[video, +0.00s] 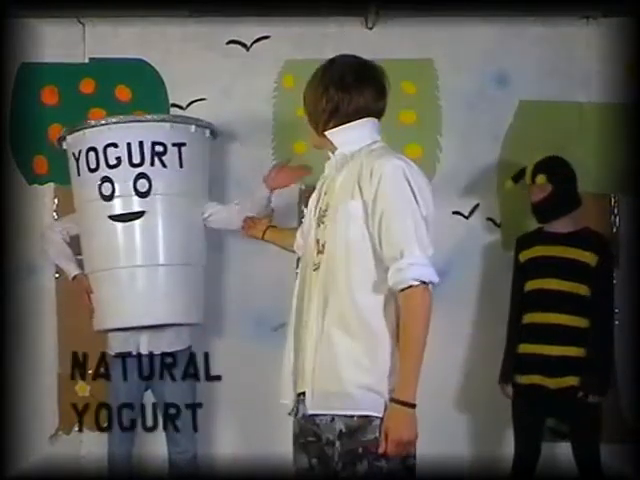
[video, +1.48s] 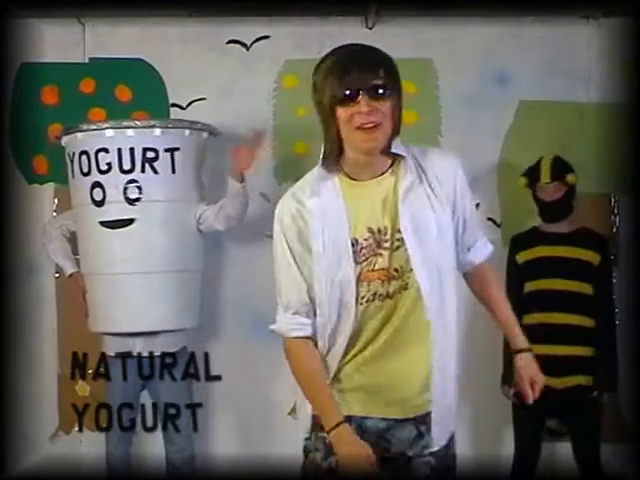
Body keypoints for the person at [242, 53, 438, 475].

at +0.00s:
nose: (306, 116)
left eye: (310, 104)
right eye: (307, 105)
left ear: (326, 106)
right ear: (368, 105)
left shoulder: (389, 171)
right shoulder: (333, 178)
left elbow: (415, 287)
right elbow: (321, 247)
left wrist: (404, 401)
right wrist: (263, 231)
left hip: (367, 414)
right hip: (313, 409)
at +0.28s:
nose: (307, 118)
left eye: (311, 106)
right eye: (308, 106)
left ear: (328, 107)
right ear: (367, 107)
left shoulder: (390, 173)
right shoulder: (332, 180)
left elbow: (418, 288)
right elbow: (317, 247)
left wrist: (406, 402)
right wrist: (258, 232)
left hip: (367, 411)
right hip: (311, 405)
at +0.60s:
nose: (292, 102)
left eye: (303, 89)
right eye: (291, 92)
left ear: (340, 95)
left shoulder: (387, 171)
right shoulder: (318, 185)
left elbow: (414, 280)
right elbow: (288, 270)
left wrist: (396, 396)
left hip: (380, 414)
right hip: (322, 410)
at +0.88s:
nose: (325, 105)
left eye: (338, 91)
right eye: (312, 94)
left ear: (363, 102)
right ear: (299, 107)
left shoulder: (414, 172)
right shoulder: (287, 197)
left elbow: (455, 274)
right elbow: (290, 303)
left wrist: (474, 368)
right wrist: (302, 390)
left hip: (413, 405)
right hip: (336, 409)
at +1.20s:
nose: (350, 112)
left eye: (364, 97)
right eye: (334, 101)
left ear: (385, 107)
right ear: (319, 116)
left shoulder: (436, 174)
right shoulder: (296, 209)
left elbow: (469, 261)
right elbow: (295, 325)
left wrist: (506, 339)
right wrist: (321, 424)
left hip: (427, 417)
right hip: (343, 421)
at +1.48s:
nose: (366, 108)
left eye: (379, 93)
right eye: (348, 97)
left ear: (397, 103)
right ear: (328, 112)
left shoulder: (442, 174)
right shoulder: (300, 206)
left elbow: (476, 262)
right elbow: (296, 331)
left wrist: (520, 346)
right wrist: (338, 431)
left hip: (429, 422)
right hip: (342, 426)